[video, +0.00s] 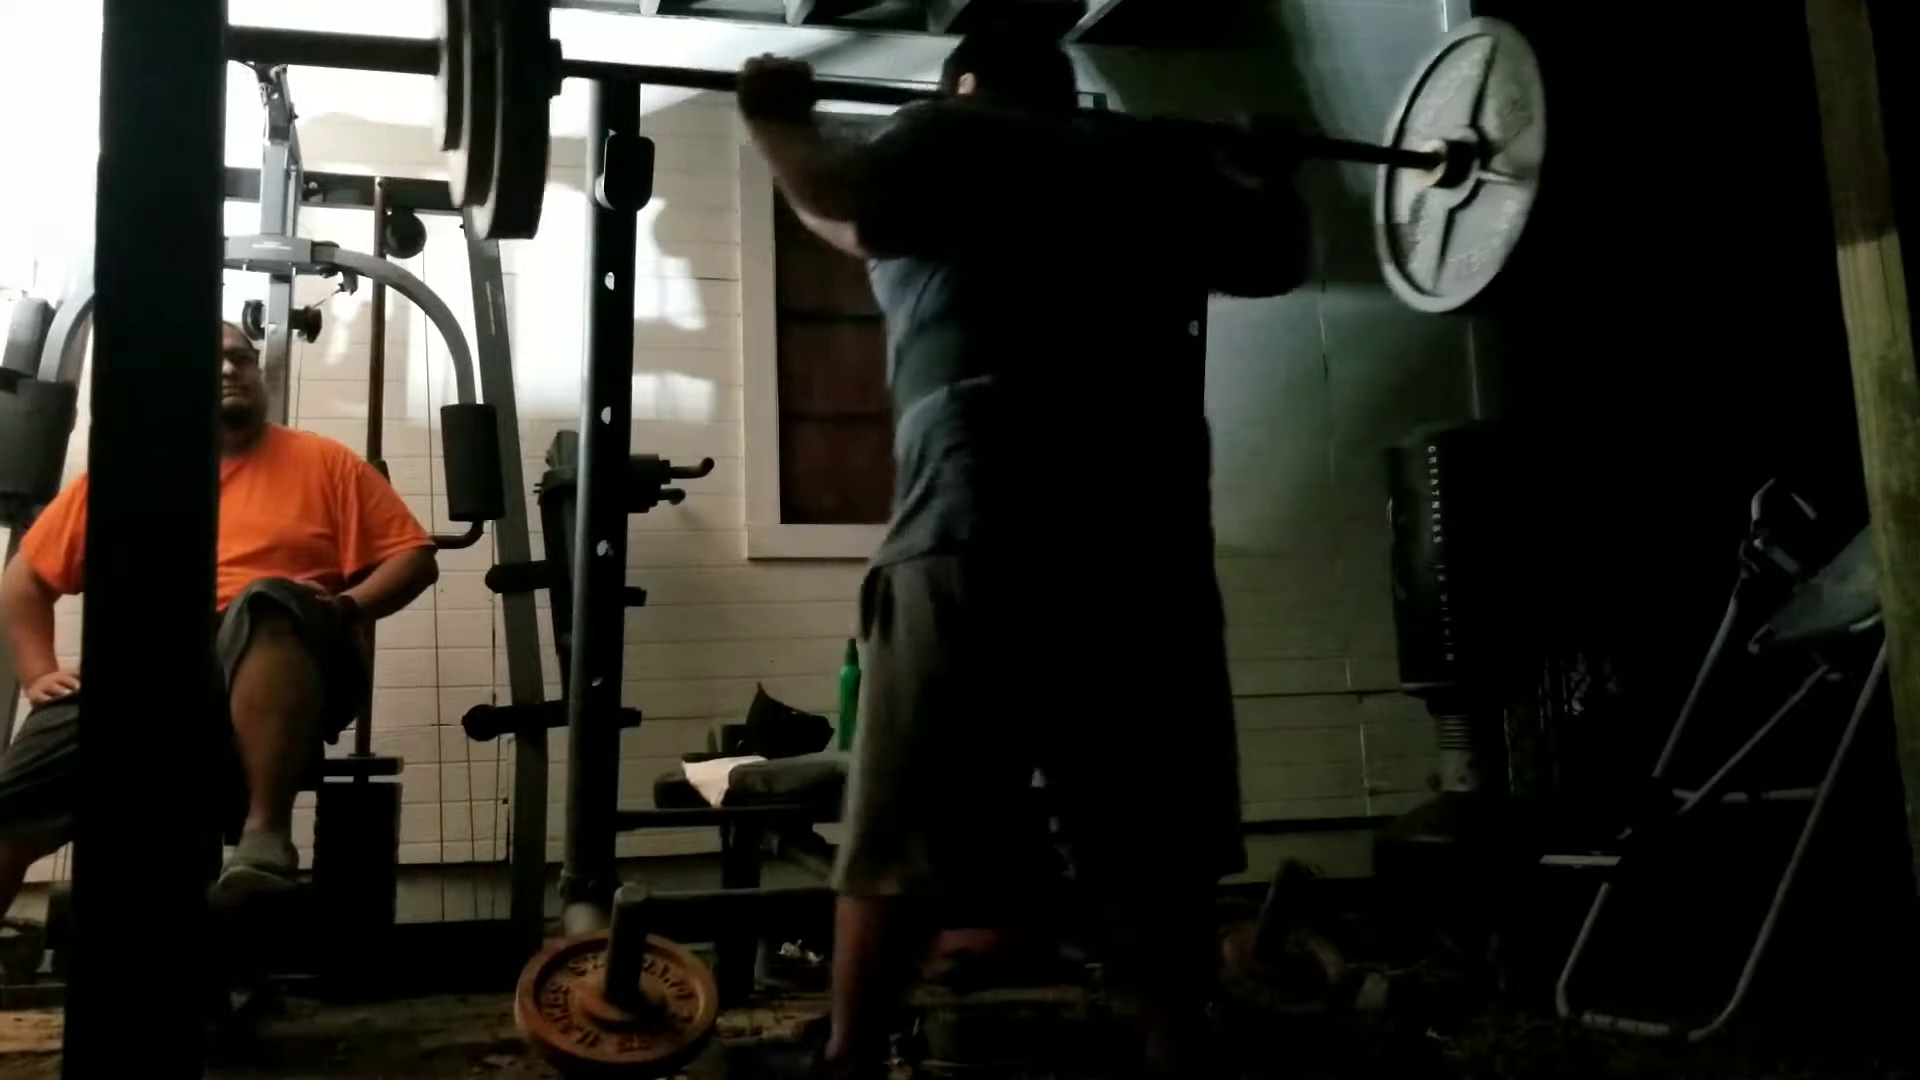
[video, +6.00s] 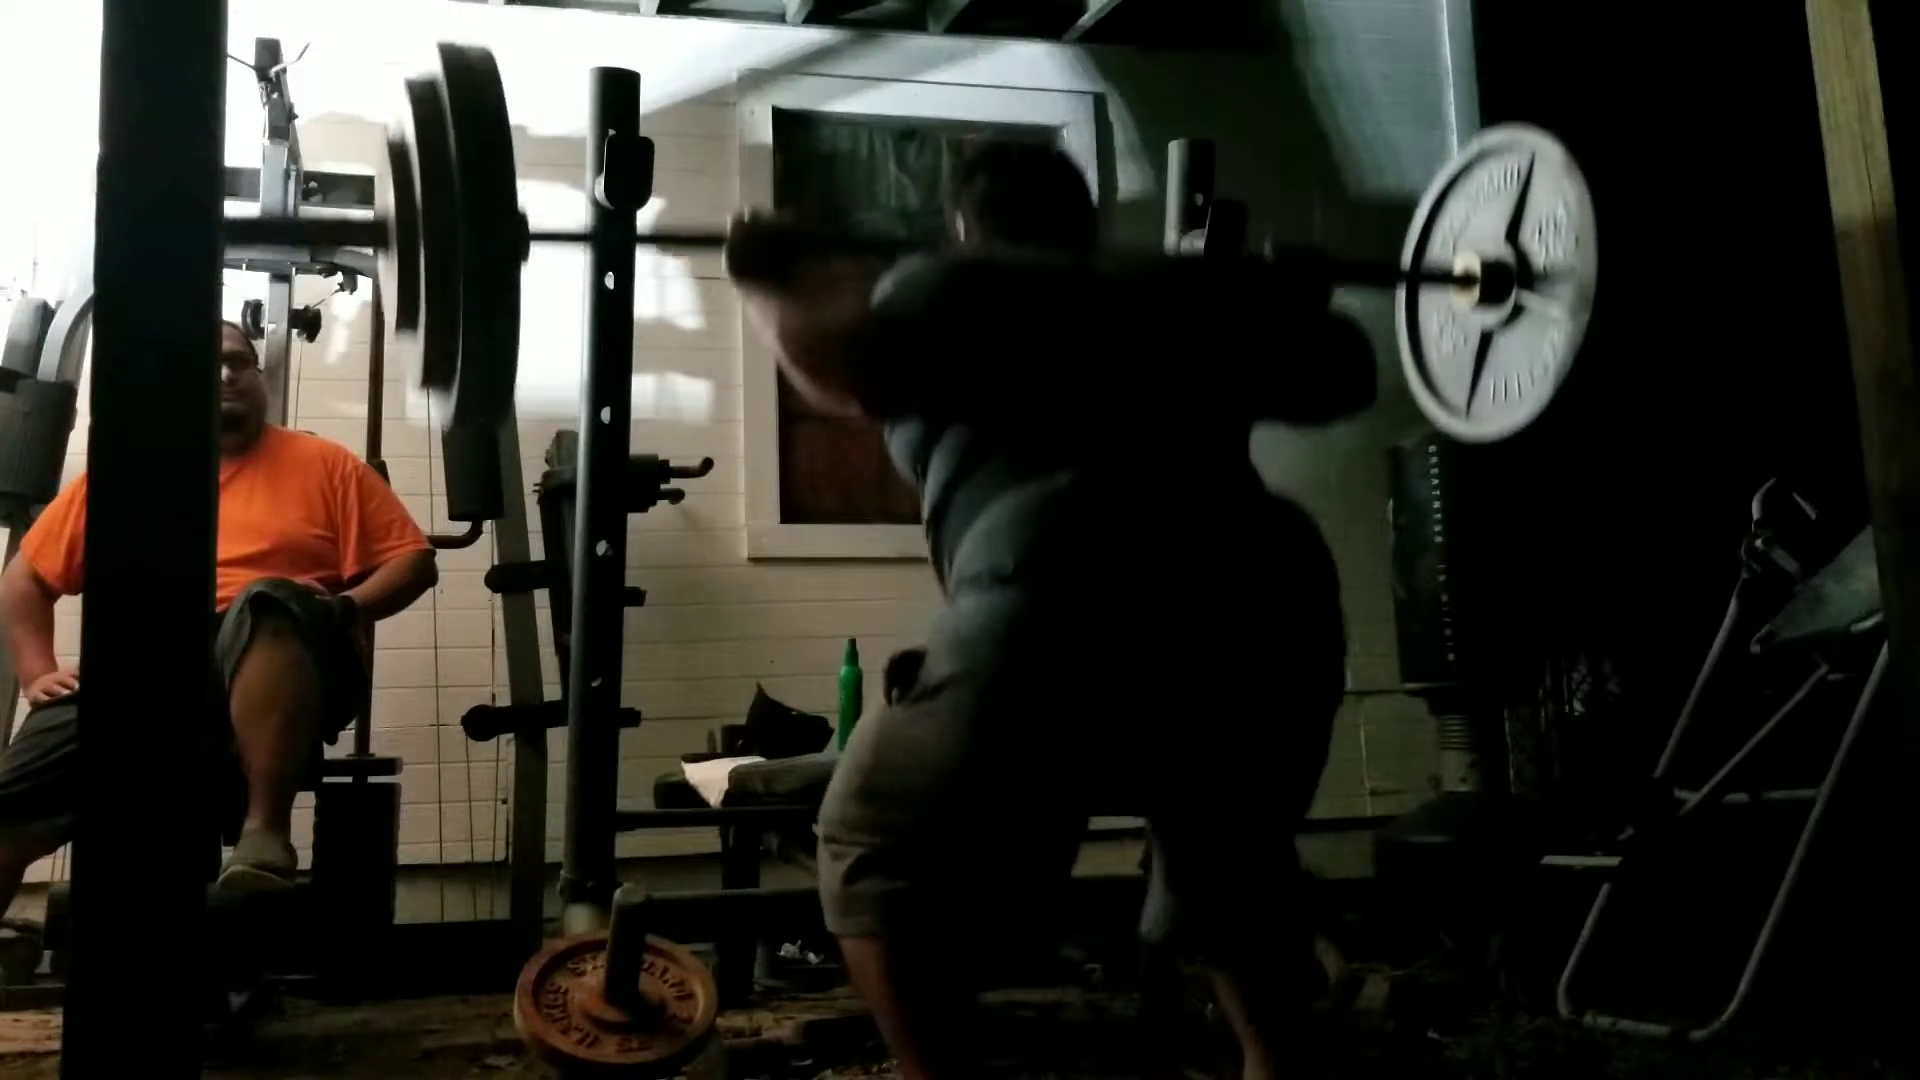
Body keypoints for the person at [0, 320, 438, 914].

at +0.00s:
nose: (230, 370)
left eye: (241, 358)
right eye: (213, 359)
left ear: (264, 376)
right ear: (186, 378)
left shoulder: (323, 463)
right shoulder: (133, 467)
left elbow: (414, 557)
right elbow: (24, 575)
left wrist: (349, 604)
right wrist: (38, 671)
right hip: (144, 666)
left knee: (272, 604)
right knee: (12, 809)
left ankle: (266, 830)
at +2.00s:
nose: (227, 373)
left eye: (239, 360)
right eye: (211, 361)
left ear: (264, 375)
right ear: (186, 378)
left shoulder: (326, 465)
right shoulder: (132, 467)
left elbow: (414, 559)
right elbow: (25, 573)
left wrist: (350, 603)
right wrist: (38, 671)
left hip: (285, 664)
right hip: (145, 664)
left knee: (271, 604)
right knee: (12, 806)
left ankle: (265, 830)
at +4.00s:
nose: (226, 374)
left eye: (238, 362)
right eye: (210, 363)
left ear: (262, 376)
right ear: (185, 378)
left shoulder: (329, 464)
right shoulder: (131, 467)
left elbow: (408, 563)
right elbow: (24, 576)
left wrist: (347, 604)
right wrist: (37, 671)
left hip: (289, 666)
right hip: (147, 664)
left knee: (271, 604)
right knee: (9, 811)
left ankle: (265, 831)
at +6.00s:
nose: (227, 376)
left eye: (239, 363)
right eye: (210, 364)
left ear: (263, 377)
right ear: (185, 381)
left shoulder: (325, 465)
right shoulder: (132, 467)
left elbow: (414, 560)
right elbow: (24, 575)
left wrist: (345, 605)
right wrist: (37, 672)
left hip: (286, 666)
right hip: (144, 663)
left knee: (273, 604)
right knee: (11, 808)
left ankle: (266, 829)